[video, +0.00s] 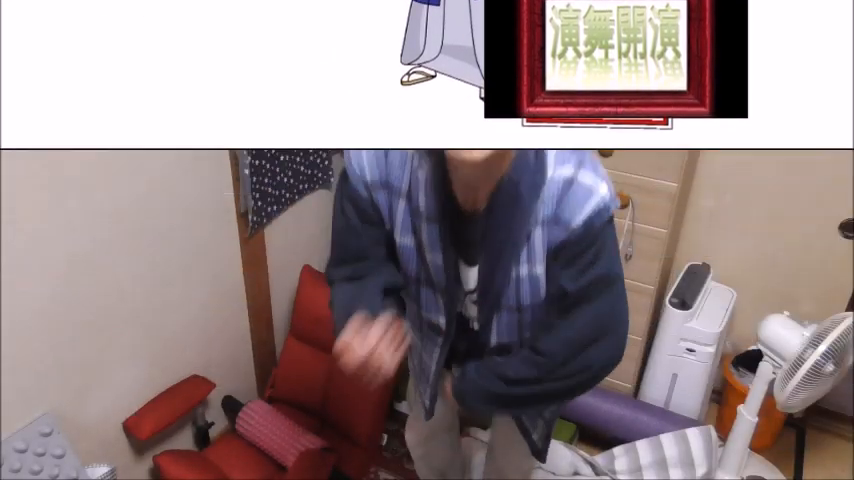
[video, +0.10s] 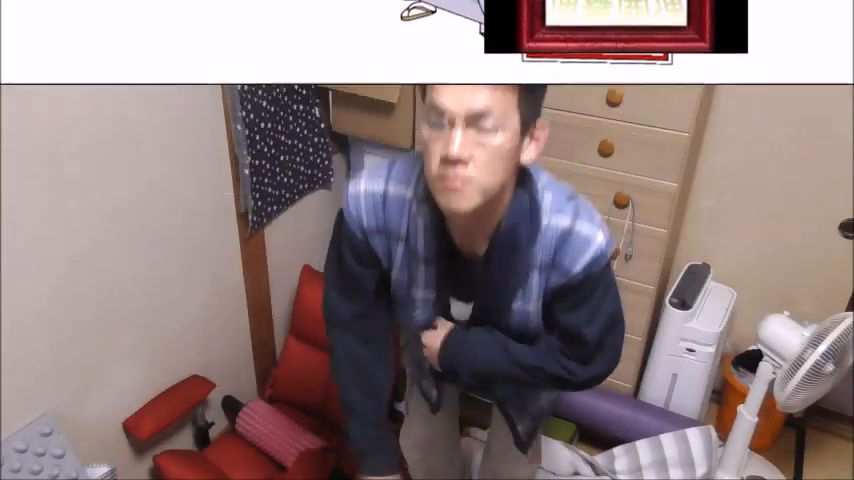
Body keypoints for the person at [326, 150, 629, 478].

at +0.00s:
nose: (467, 114)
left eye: (476, 94)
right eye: (453, 91)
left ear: (521, 114)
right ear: (429, 93)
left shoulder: (574, 190)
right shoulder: (374, 162)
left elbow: (594, 341)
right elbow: (358, 262)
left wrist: (473, 386)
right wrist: (370, 318)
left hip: (528, 359)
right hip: (432, 344)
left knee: (509, 465)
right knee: (426, 446)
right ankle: (442, 473)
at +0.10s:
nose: (453, 151)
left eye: (483, 127)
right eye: (438, 123)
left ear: (531, 141)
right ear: (420, 127)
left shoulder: (572, 234)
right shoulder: (373, 202)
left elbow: (586, 357)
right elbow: (355, 339)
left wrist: (462, 351)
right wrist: (376, 463)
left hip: (524, 365)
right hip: (427, 347)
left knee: (508, 467)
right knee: (426, 456)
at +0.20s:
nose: (443, 206)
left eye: (471, 185)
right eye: (429, 179)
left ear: (518, 197)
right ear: (414, 178)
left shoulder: (562, 277)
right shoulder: (370, 243)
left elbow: (576, 390)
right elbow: (347, 344)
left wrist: (468, 435)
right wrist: (419, 414)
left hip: (508, 412)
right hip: (419, 405)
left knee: (509, 467)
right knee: (424, 466)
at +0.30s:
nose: (431, 250)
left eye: (458, 230)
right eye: (419, 223)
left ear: (504, 241)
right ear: (405, 219)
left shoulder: (545, 311)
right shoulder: (362, 275)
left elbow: (565, 432)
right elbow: (339, 356)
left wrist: (492, 471)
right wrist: (414, 405)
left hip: (506, 415)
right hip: (418, 410)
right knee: (416, 464)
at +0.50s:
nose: (428, 249)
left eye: (456, 231)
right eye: (416, 221)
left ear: (501, 243)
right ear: (402, 217)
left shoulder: (544, 314)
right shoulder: (359, 277)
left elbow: (556, 422)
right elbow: (358, 414)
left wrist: (439, 417)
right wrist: (380, 471)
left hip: (500, 429)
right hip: (408, 425)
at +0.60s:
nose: (430, 198)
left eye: (457, 180)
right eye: (420, 172)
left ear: (503, 196)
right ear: (405, 171)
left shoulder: (543, 277)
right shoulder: (363, 235)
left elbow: (548, 405)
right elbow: (342, 334)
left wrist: (441, 421)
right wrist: (421, 404)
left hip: (500, 398)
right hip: (419, 395)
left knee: (502, 466)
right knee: (420, 465)